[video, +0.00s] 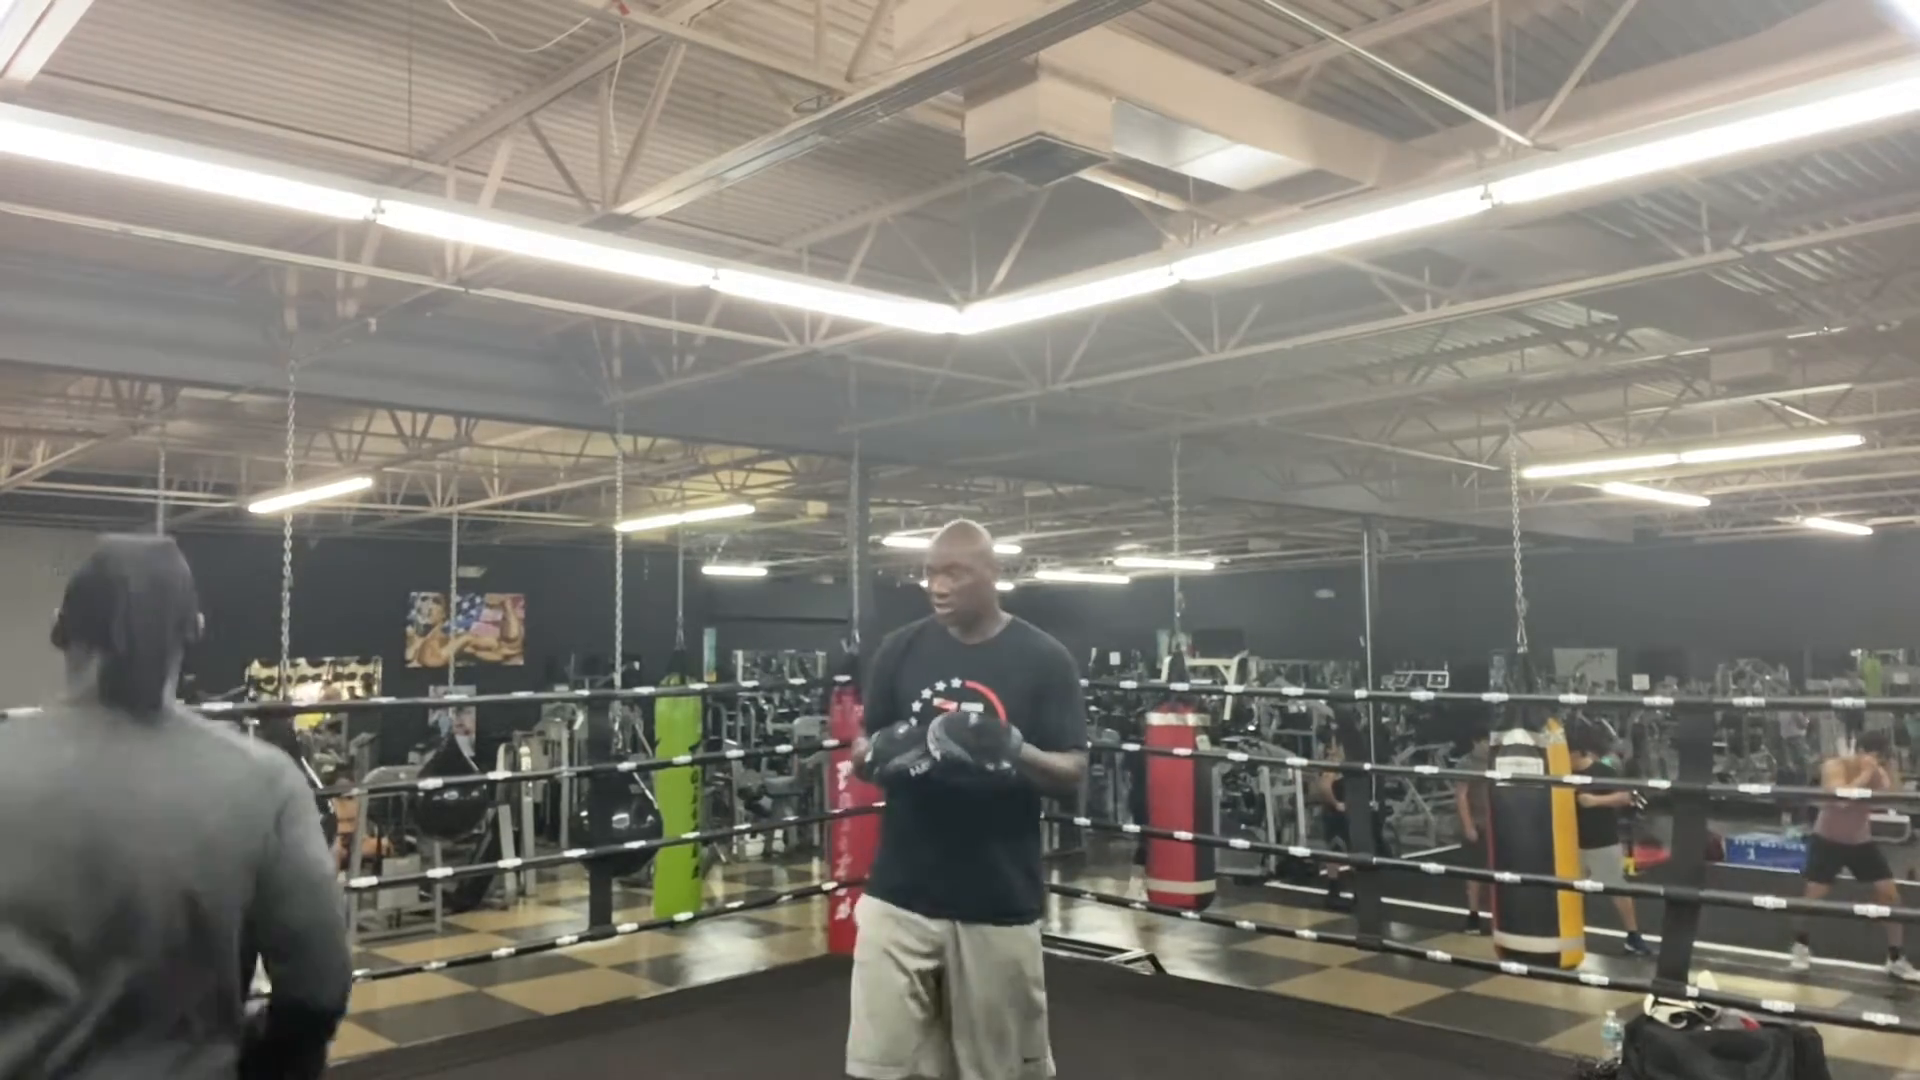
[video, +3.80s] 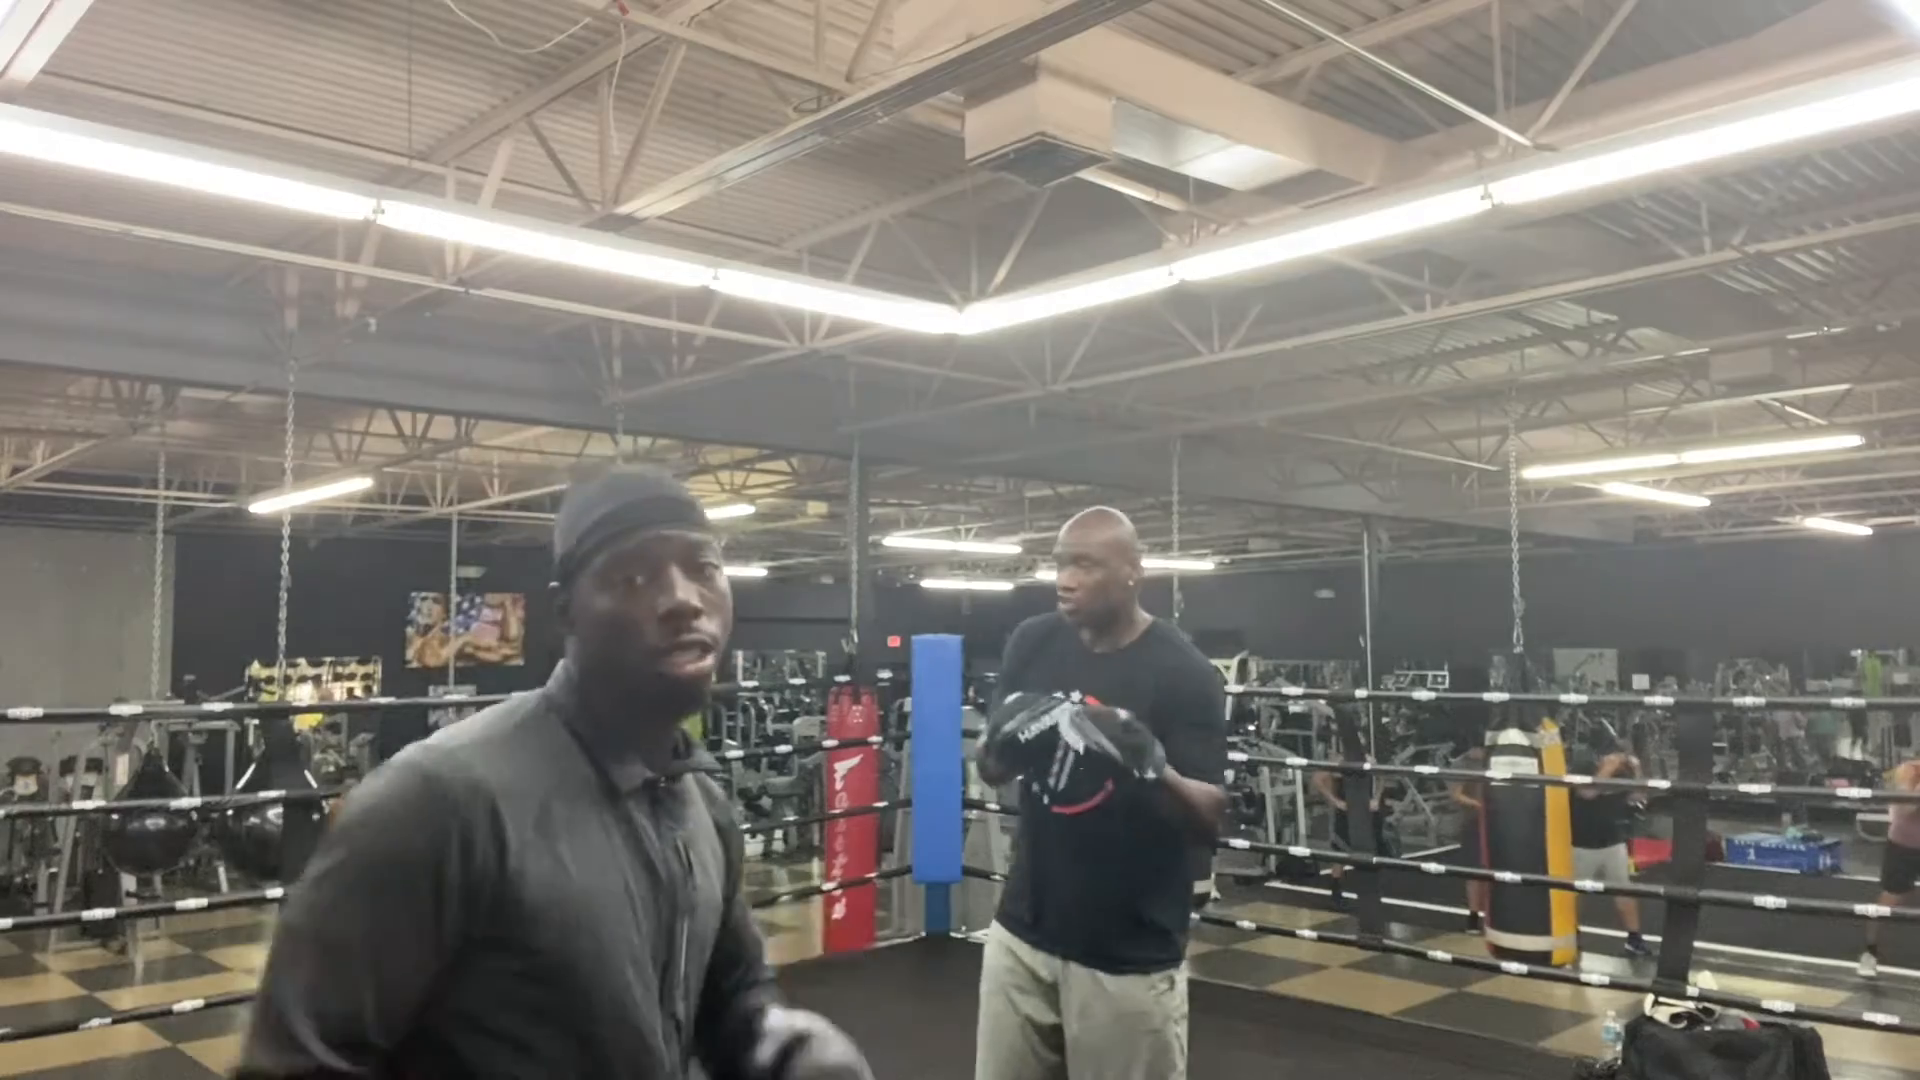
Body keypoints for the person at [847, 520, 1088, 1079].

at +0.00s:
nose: (938, 586)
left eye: (954, 572)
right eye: (932, 573)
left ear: (993, 574)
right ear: (924, 577)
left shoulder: (1045, 660)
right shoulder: (897, 650)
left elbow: (1073, 773)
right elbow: (863, 746)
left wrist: (1012, 751)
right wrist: (879, 754)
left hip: (999, 912)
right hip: (898, 903)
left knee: (1007, 1070)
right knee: (879, 1067)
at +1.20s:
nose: (951, 562)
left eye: (965, 546)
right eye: (934, 548)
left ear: (986, 556)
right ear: (913, 563)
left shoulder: (1051, 651)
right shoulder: (872, 665)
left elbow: (1095, 793)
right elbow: (823, 797)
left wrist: (1094, 762)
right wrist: (850, 779)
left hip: (1037, 939)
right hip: (918, 943)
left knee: (1055, 1072)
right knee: (923, 1074)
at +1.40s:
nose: (995, 560)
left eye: (1010, 545)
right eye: (979, 547)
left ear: (1035, 554)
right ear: (959, 560)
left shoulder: (1093, 652)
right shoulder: (916, 657)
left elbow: (1177, 770)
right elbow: (868, 778)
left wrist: (1141, 723)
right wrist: (836, 764)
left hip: (1061, 947)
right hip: (938, 946)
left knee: (1063, 1072)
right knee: (929, 1072)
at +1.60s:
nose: (1057, 561)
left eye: (1074, 546)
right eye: (1042, 547)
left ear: (1102, 556)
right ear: (1024, 560)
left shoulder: (1140, 652)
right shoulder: (980, 644)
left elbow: (1146, 804)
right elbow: (944, 768)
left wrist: (1158, 699)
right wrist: (894, 751)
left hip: (1090, 945)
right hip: (976, 936)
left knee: (1083, 1073)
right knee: (947, 1072)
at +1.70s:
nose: (1072, 565)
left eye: (1089, 550)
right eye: (1058, 551)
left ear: (1120, 559)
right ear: (1041, 562)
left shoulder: (1156, 662)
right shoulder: (1000, 637)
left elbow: (1143, 797)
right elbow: (957, 765)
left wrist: (1059, 753)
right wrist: (997, 738)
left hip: (1100, 952)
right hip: (989, 937)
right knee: (960, 1071)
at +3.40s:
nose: (1054, 580)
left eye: (1070, 566)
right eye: (1054, 565)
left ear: (1121, 576)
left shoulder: (1186, 671)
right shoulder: (1038, 648)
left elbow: (1219, 807)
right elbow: (1003, 772)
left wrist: (1151, 771)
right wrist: (1009, 745)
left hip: (1137, 947)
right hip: (1041, 931)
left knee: (1135, 1073)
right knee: (1035, 1073)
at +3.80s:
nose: (1063, 580)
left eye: (1083, 564)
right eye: (1060, 563)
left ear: (1132, 574)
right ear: (1054, 567)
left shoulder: (1187, 675)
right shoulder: (1033, 642)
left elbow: (1210, 818)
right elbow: (991, 771)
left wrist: (1151, 766)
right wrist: (1008, 742)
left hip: (1129, 962)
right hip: (1023, 942)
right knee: (1002, 1073)